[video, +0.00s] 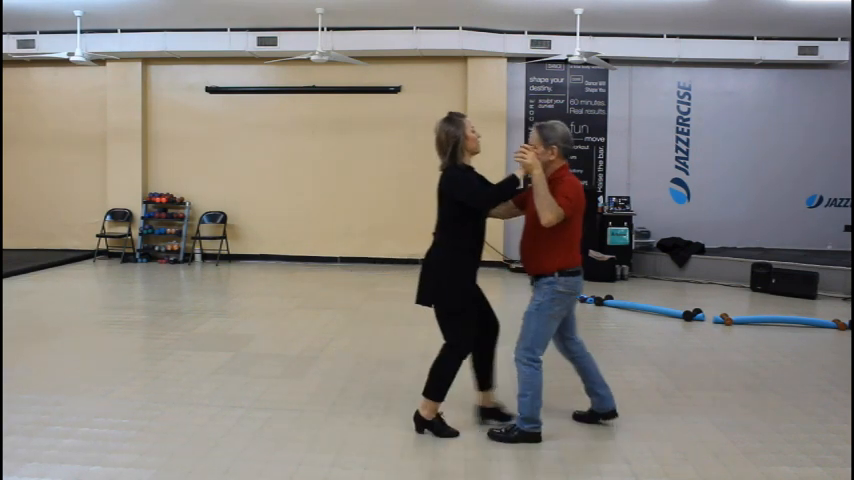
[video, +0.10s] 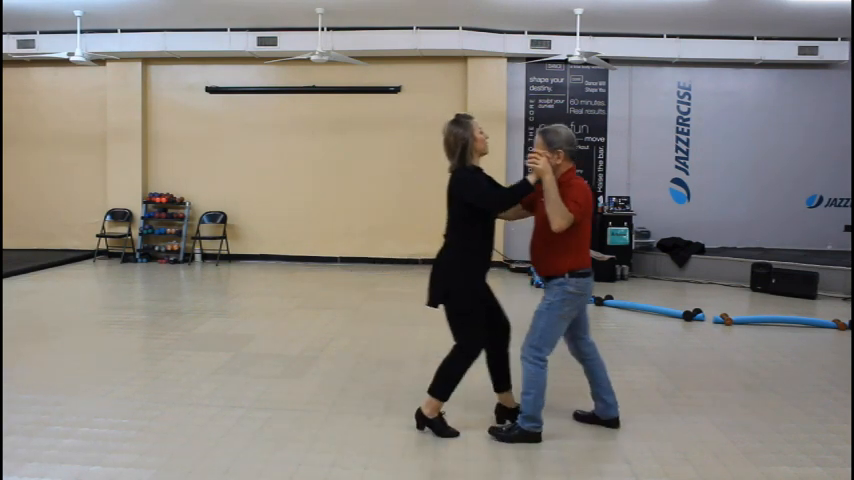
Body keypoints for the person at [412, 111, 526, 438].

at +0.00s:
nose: (478, 136)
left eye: (475, 131)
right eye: (472, 132)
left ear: (458, 139)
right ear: (459, 139)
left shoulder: (465, 174)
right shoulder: (457, 176)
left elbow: (496, 201)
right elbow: (488, 198)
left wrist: (531, 183)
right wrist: (519, 174)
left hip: (458, 276)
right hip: (447, 277)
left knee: (487, 327)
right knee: (460, 340)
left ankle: (487, 402)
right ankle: (427, 411)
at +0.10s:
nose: (486, 137)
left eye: (483, 132)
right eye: (480, 133)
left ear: (466, 141)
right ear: (468, 140)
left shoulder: (474, 175)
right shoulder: (466, 178)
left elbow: (504, 203)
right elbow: (499, 203)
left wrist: (537, 184)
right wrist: (532, 179)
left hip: (468, 275)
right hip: (457, 278)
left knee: (498, 330)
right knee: (471, 342)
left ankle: (506, 404)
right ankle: (429, 409)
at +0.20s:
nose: (492, 140)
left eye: (489, 135)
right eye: (487, 136)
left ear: (471, 143)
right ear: (474, 143)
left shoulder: (479, 178)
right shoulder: (475, 181)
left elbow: (513, 208)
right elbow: (511, 206)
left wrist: (544, 189)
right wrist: (540, 179)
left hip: (480, 277)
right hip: (470, 279)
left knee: (509, 333)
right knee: (486, 345)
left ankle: (506, 408)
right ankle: (433, 408)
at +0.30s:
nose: (496, 142)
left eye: (493, 137)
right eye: (490, 138)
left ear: (474, 144)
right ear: (477, 144)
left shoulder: (484, 179)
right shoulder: (477, 181)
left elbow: (516, 208)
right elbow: (513, 207)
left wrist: (547, 188)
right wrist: (545, 180)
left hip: (488, 278)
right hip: (477, 281)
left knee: (513, 333)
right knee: (493, 347)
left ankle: (507, 408)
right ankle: (435, 403)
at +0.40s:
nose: (494, 141)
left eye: (492, 136)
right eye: (489, 137)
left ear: (471, 144)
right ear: (476, 144)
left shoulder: (480, 179)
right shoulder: (475, 181)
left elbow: (513, 208)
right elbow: (513, 203)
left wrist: (544, 186)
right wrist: (544, 176)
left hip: (491, 277)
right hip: (478, 281)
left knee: (513, 333)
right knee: (493, 346)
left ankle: (507, 407)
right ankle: (431, 400)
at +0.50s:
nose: (489, 141)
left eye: (486, 136)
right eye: (484, 137)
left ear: (467, 143)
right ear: (470, 143)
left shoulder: (473, 178)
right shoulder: (468, 180)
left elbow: (505, 206)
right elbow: (504, 201)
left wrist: (540, 185)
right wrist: (537, 175)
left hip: (485, 278)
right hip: (473, 281)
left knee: (507, 333)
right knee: (483, 347)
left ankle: (506, 407)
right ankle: (421, 402)